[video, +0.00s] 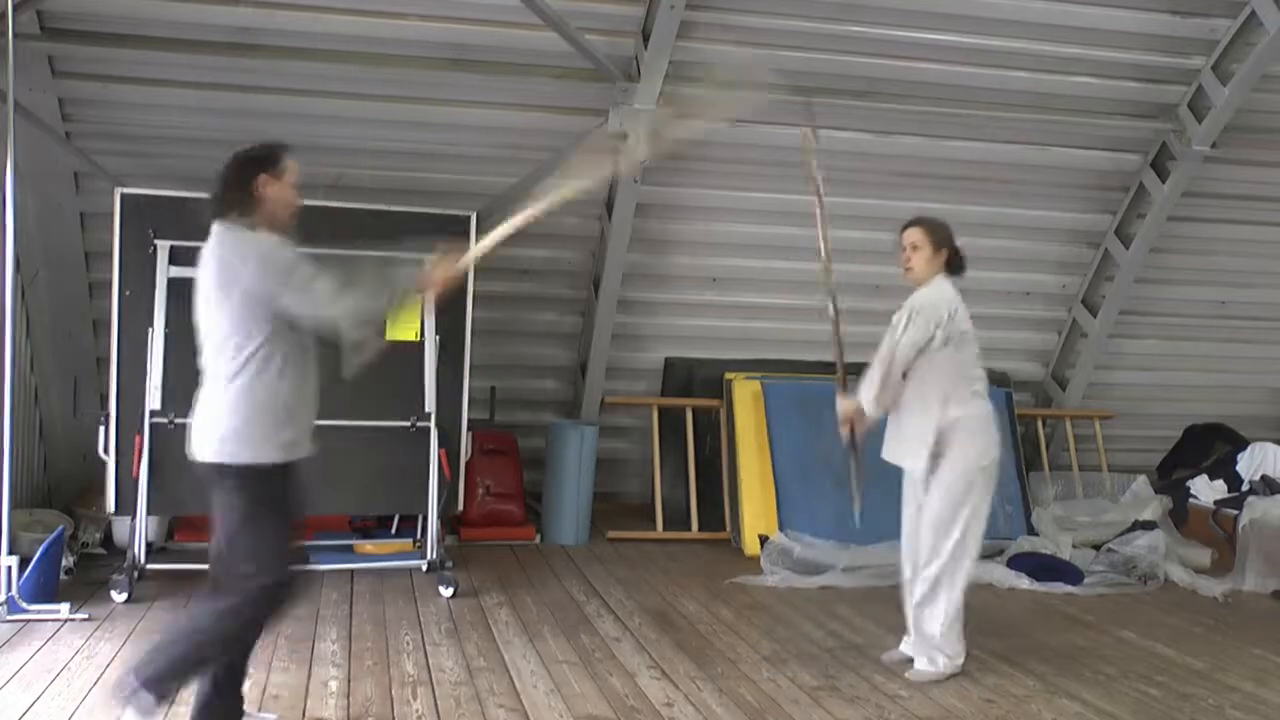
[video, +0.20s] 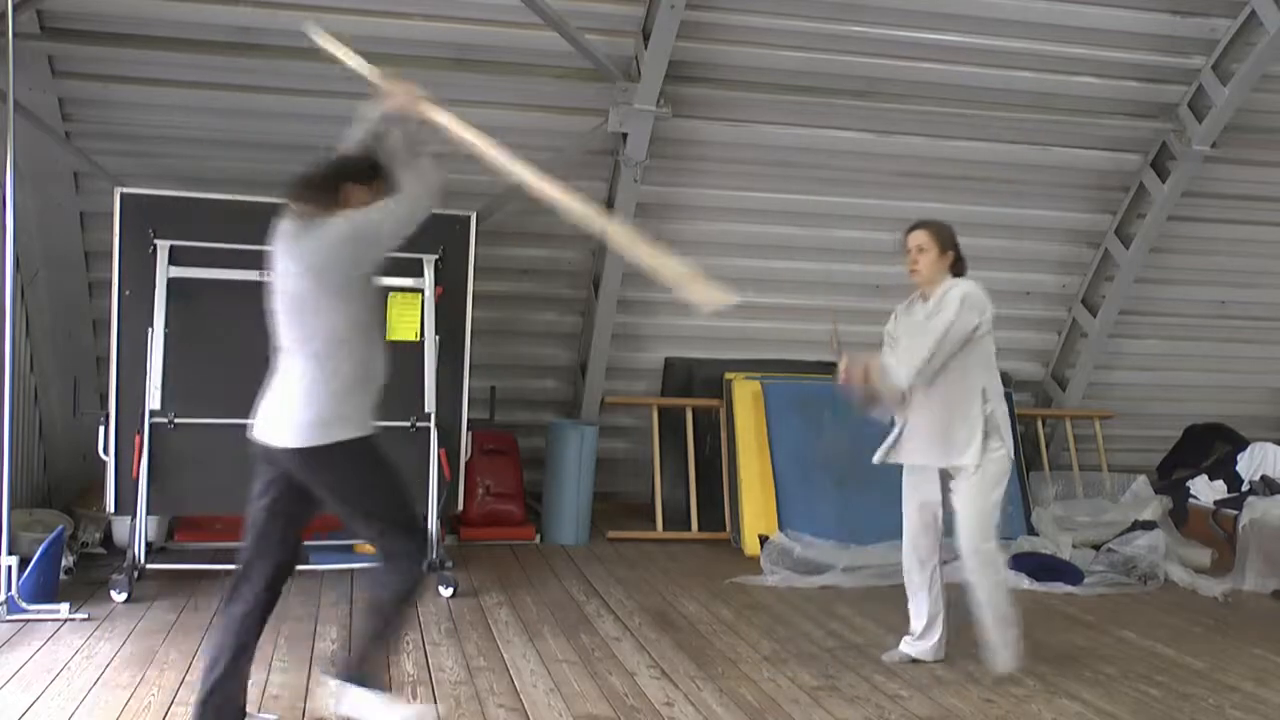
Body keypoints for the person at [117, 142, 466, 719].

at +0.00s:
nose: (300, 197)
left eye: (298, 186)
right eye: (292, 185)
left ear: (259, 188)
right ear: (262, 186)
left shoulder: (229, 246)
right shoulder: (253, 250)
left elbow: (315, 310)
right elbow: (331, 301)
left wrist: (384, 312)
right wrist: (419, 283)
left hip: (241, 439)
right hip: (248, 443)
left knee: (241, 577)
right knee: (265, 578)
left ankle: (218, 707)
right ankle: (145, 682)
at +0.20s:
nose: (377, 212)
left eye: (376, 200)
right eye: (372, 199)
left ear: (327, 190)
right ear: (351, 196)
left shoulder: (290, 230)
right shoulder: (342, 239)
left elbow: (338, 167)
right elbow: (417, 197)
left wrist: (378, 114)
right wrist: (412, 128)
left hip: (280, 431)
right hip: (327, 434)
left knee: (259, 574)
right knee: (407, 551)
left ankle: (216, 708)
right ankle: (357, 676)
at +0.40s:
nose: (463, 207)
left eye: (455, 193)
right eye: (458, 196)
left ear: (401, 200)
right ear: (443, 202)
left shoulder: (372, 245)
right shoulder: (444, 246)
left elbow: (384, 196)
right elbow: (495, 176)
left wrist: (390, 146)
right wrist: (429, 129)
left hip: (351, 432)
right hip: (411, 437)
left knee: (361, 557)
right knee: (447, 582)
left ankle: (277, 654)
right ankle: (436, 708)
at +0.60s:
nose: (518, 226)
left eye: (518, 216)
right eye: (514, 215)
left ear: (469, 208)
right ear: (494, 212)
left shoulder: (429, 249)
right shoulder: (474, 253)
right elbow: (552, 293)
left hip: (413, 426)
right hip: (444, 432)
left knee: (458, 551)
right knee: (469, 561)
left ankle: (451, 649)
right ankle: (435, 707)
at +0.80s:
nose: (566, 251)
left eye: (566, 239)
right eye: (561, 238)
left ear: (532, 235)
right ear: (534, 234)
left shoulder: (508, 284)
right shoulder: (479, 265)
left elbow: (549, 359)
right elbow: (544, 326)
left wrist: (632, 351)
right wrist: (633, 349)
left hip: (501, 440)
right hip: (462, 437)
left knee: (536, 547)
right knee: (523, 549)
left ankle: (516, 672)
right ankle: (449, 677)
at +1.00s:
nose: (587, 244)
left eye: (594, 233)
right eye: (582, 229)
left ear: (593, 237)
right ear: (555, 224)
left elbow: (630, 262)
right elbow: (538, 224)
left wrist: (629, 196)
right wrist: (592, 184)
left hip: (536, 440)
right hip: (482, 434)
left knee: (554, 549)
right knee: (496, 563)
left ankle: (520, 668)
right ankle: (431, 700)